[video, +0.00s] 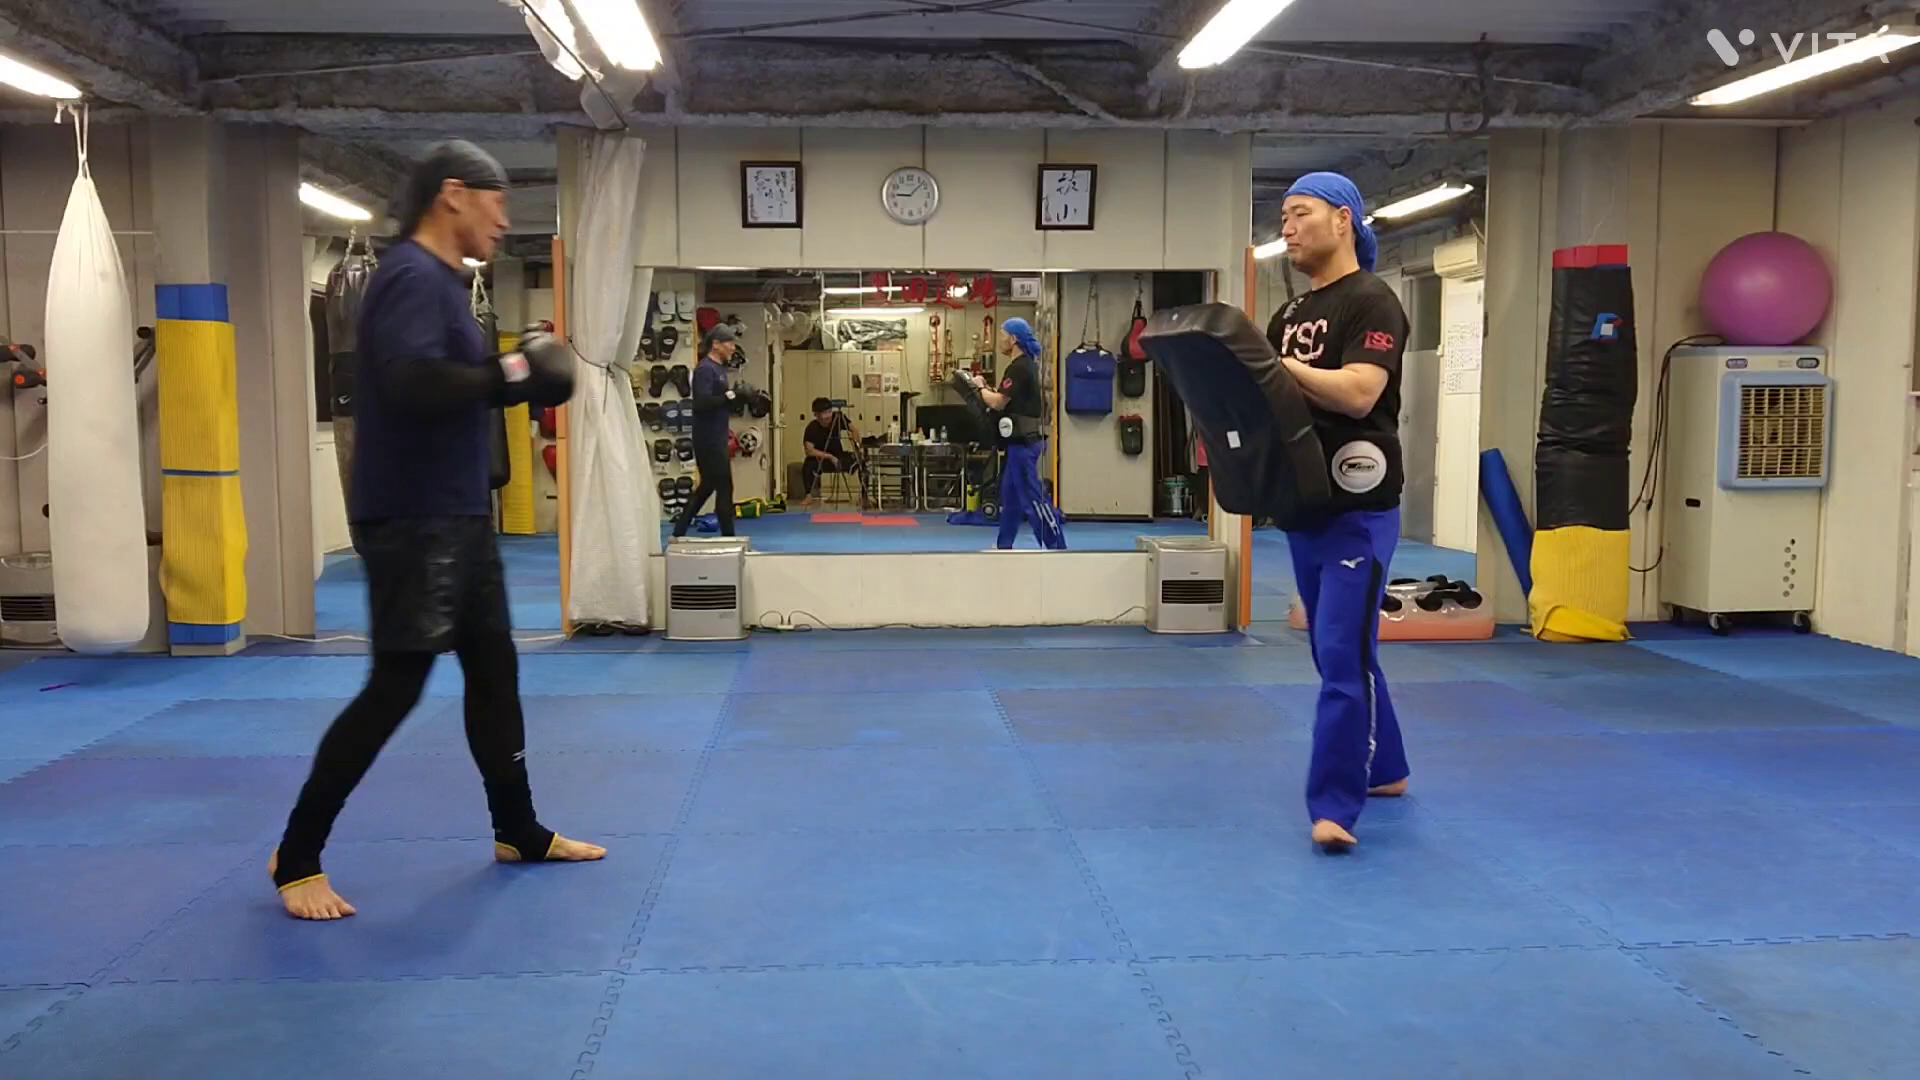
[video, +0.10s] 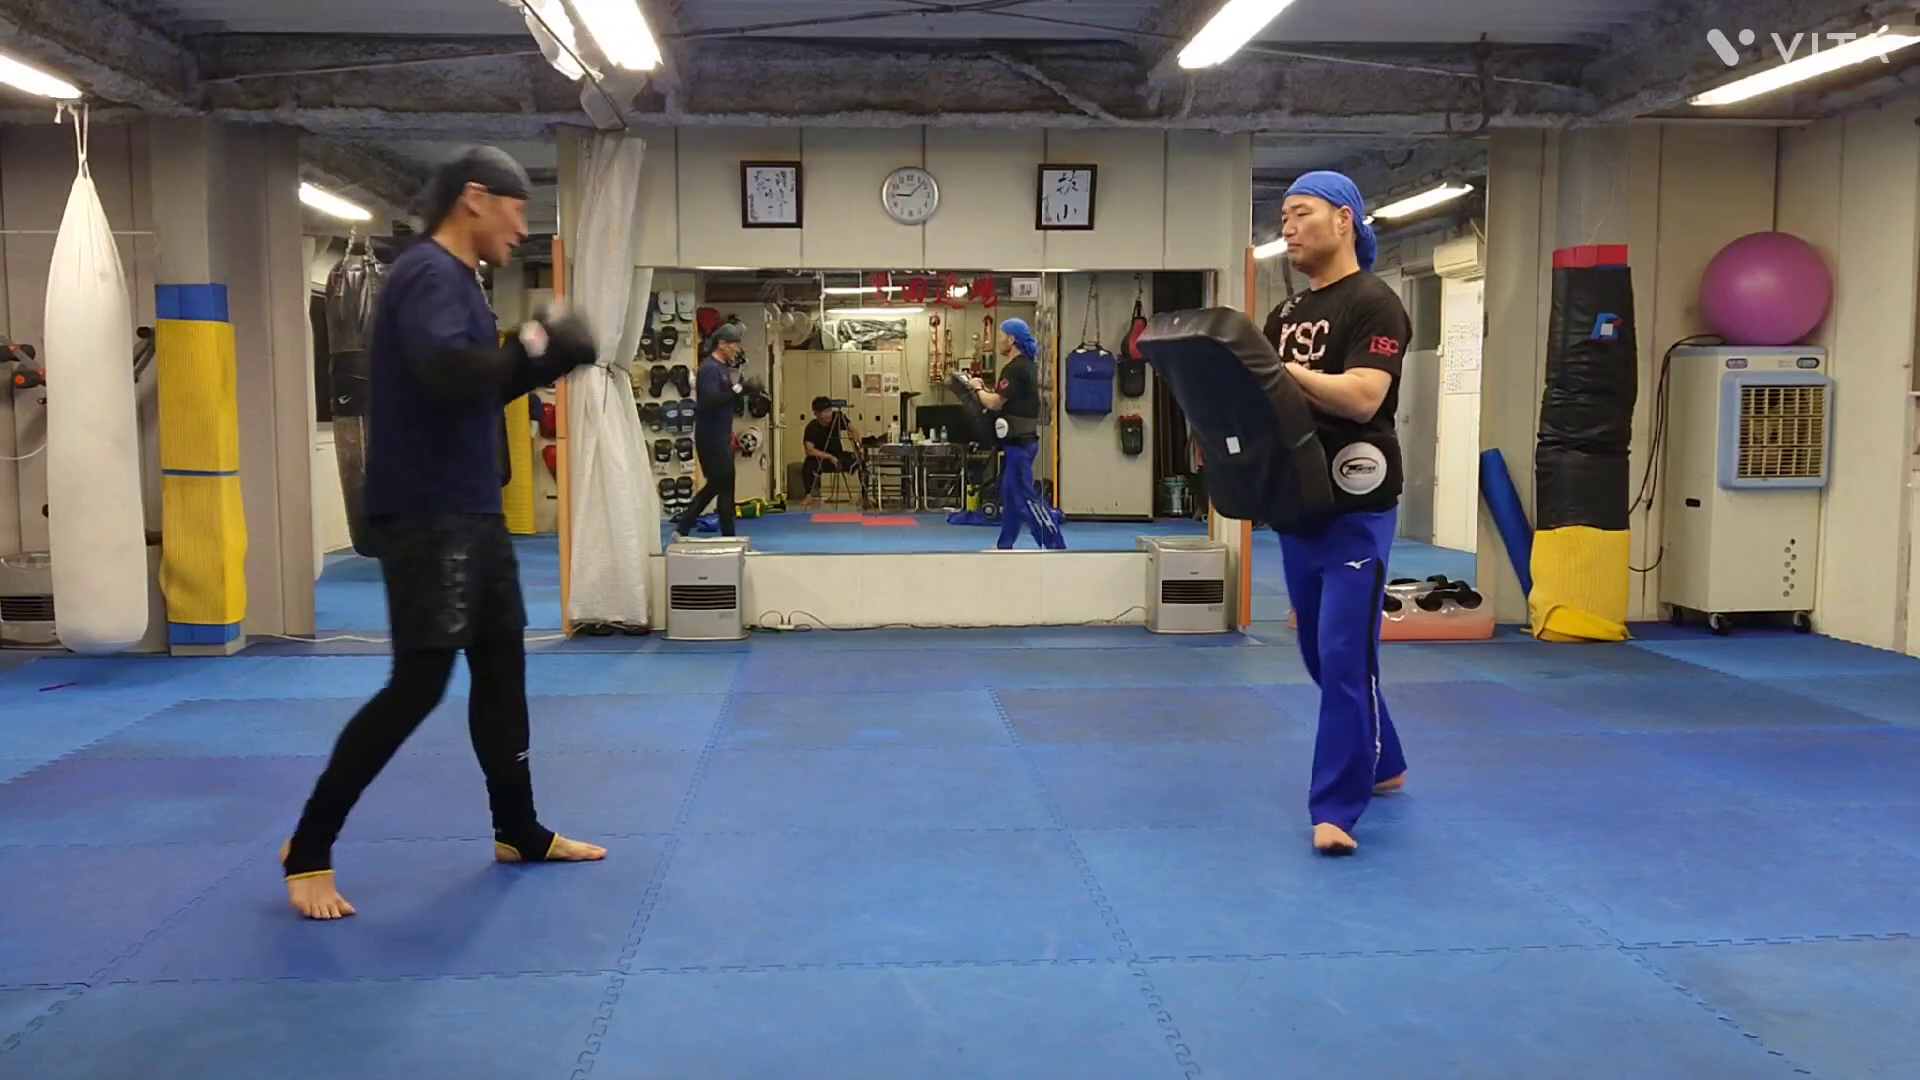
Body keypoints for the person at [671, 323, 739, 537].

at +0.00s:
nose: (734, 348)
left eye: (734, 344)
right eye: (730, 344)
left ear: (719, 346)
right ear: (716, 344)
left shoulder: (718, 369)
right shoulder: (705, 369)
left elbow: (720, 401)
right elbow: (702, 403)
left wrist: (738, 395)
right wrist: (730, 396)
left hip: (715, 436)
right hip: (709, 437)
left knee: (708, 484)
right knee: (723, 486)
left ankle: (678, 532)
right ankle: (729, 538)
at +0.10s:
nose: (738, 349)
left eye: (738, 345)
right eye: (735, 344)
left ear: (724, 345)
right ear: (722, 345)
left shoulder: (721, 368)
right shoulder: (710, 368)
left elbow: (724, 400)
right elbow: (709, 401)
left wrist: (743, 390)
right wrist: (737, 389)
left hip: (720, 435)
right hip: (710, 436)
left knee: (723, 483)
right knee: (720, 482)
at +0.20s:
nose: (745, 356)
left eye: (747, 352)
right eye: (743, 350)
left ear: (734, 347)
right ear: (731, 345)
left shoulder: (726, 368)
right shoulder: (717, 368)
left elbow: (734, 395)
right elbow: (732, 395)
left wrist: (751, 374)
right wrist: (752, 376)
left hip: (724, 432)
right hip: (715, 433)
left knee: (729, 481)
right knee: (725, 480)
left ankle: (730, 537)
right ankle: (692, 527)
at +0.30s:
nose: (747, 354)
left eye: (748, 349)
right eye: (745, 348)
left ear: (733, 347)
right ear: (733, 345)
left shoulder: (726, 367)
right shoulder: (720, 368)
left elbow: (742, 388)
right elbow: (739, 393)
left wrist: (760, 373)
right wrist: (759, 375)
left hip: (722, 432)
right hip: (717, 433)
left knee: (726, 479)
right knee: (728, 478)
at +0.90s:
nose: (755, 353)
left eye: (756, 349)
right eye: (754, 348)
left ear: (738, 347)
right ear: (741, 346)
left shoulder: (719, 365)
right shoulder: (738, 367)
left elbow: (734, 391)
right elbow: (756, 393)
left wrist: (758, 375)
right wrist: (776, 380)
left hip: (715, 435)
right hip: (735, 436)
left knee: (719, 484)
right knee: (761, 480)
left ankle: (703, 535)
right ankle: (749, 539)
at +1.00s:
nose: (758, 354)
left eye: (758, 349)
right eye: (756, 349)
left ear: (732, 348)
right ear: (748, 348)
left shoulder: (720, 373)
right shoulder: (744, 369)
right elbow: (764, 392)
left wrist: (766, 384)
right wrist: (789, 389)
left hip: (719, 437)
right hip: (742, 437)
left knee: (720, 485)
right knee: (773, 478)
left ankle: (703, 535)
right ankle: (761, 537)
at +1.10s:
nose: (767, 357)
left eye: (769, 352)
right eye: (766, 351)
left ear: (751, 349)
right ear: (755, 349)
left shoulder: (734, 369)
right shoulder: (752, 370)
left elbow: (751, 394)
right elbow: (766, 401)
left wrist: (773, 382)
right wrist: (793, 411)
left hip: (732, 438)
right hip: (753, 438)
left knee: (725, 488)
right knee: (782, 482)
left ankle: (704, 536)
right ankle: (792, 539)